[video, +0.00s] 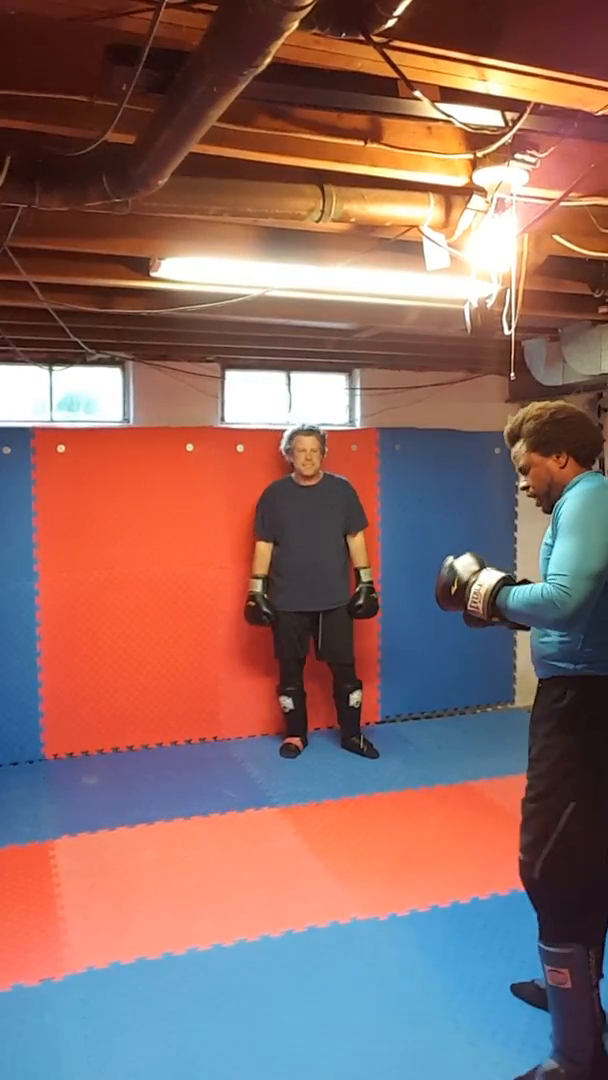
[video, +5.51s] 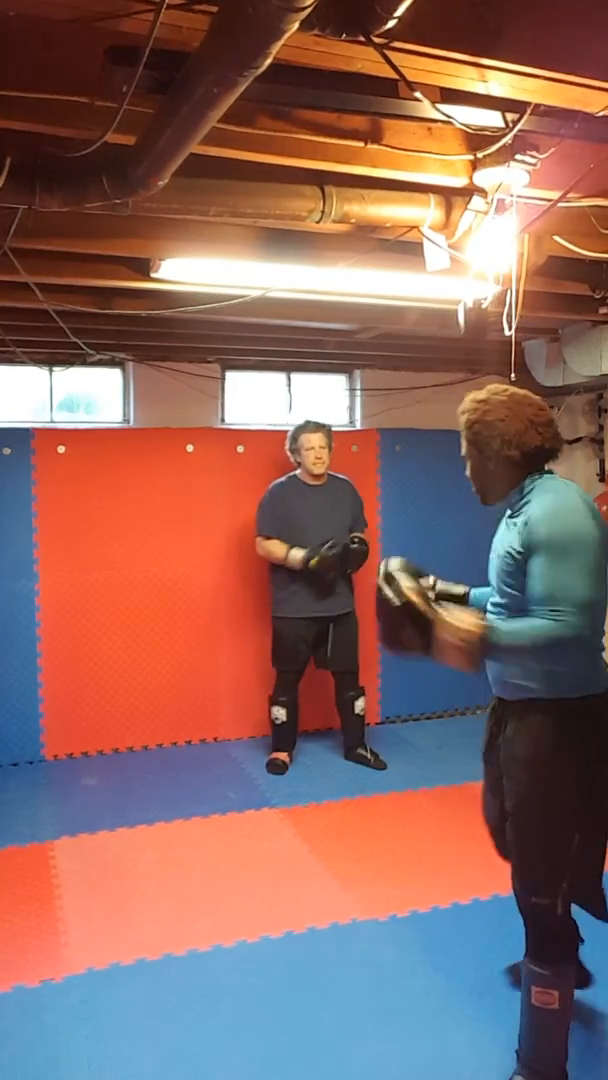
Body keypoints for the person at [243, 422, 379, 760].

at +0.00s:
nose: (307, 458)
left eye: (313, 452)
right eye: (300, 452)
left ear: (322, 454)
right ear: (291, 456)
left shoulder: (341, 490)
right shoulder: (274, 494)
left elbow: (356, 537)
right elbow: (264, 544)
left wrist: (366, 583)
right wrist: (257, 590)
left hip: (336, 598)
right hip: (289, 599)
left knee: (344, 667)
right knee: (290, 669)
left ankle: (352, 734)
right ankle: (295, 735)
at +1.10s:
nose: (361, 457)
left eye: (366, 451)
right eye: (354, 451)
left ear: (373, 454)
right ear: (339, 453)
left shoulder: (384, 490)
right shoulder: (320, 493)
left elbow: (396, 538)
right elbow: (310, 544)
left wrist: (407, 581)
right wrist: (310, 592)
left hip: (376, 601)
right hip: (334, 601)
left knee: (366, 671)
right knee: (318, 670)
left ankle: (356, 735)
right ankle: (301, 733)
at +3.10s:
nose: (352, 458)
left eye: (358, 452)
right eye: (345, 452)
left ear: (367, 455)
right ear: (334, 456)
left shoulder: (383, 491)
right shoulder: (316, 495)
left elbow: (394, 539)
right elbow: (304, 544)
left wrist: (408, 581)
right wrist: (293, 589)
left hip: (372, 600)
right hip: (328, 600)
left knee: (364, 670)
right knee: (309, 669)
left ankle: (356, 736)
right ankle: (287, 741)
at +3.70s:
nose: (301, 461)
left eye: (307, 455)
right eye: (294, 455)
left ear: (318, 457)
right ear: (284, 459)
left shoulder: (338, 494)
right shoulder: (268, 498)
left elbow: (353, 544)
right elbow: (256, 548)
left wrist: (360, 593)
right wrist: (245, 595)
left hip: (329, 606)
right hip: (279, 606)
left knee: (343, 676)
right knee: (278, 677)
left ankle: (352, 736)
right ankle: (280, 748)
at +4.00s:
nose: (282, 458)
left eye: (288, 451)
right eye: (276, 452)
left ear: (301, 453)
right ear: (267, 455)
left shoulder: (323, 491)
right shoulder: (252, 495)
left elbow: (337, 540)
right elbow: (240, 546)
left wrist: (342, 587)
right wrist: (230, 593)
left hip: (313, 601)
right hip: (266, 602)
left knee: (312, 674)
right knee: (272, 675)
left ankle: (317, 747)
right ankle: (279, 745)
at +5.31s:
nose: (305, 455)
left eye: (310, 448)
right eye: (297, 449)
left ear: (319, 452)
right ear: (283, 455)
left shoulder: (333, 492)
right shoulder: (264, 496)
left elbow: (347, 534)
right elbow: (250, 543)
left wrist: (345, 556)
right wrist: (263, 585)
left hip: (324, 604)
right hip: (281, 606)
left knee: (337, 675)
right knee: (280, 677)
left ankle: (353, 743)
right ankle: (281, 748)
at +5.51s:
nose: (318, 455)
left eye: (323, 449)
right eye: (310, 450)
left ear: (330, 451)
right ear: (296, 455)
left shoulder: (345, 489)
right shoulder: (277, 495)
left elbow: (360, 532)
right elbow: (265, 544)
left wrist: (357, 551)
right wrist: (307, 558)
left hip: (340, 605)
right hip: (294, 607)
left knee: (349, 676)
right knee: (287, 679)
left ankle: (355, 744)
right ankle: (282, 748)